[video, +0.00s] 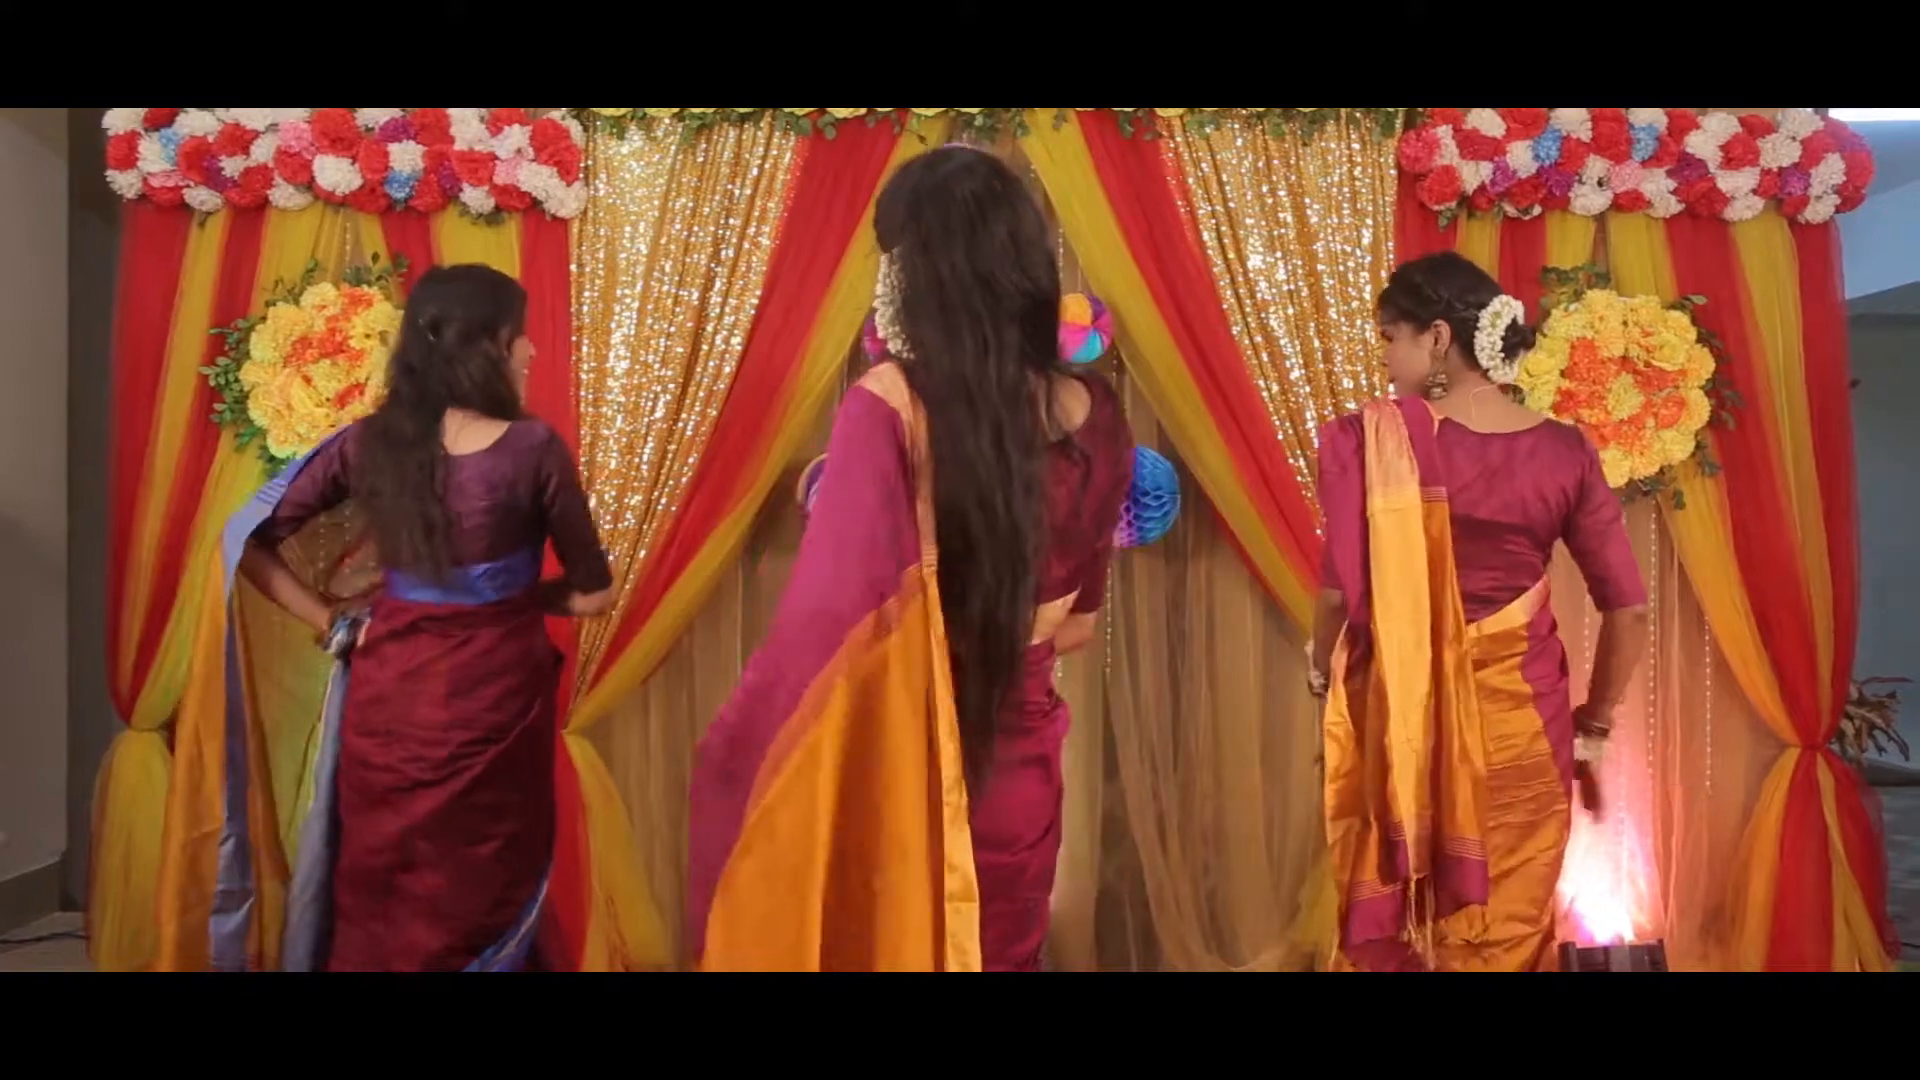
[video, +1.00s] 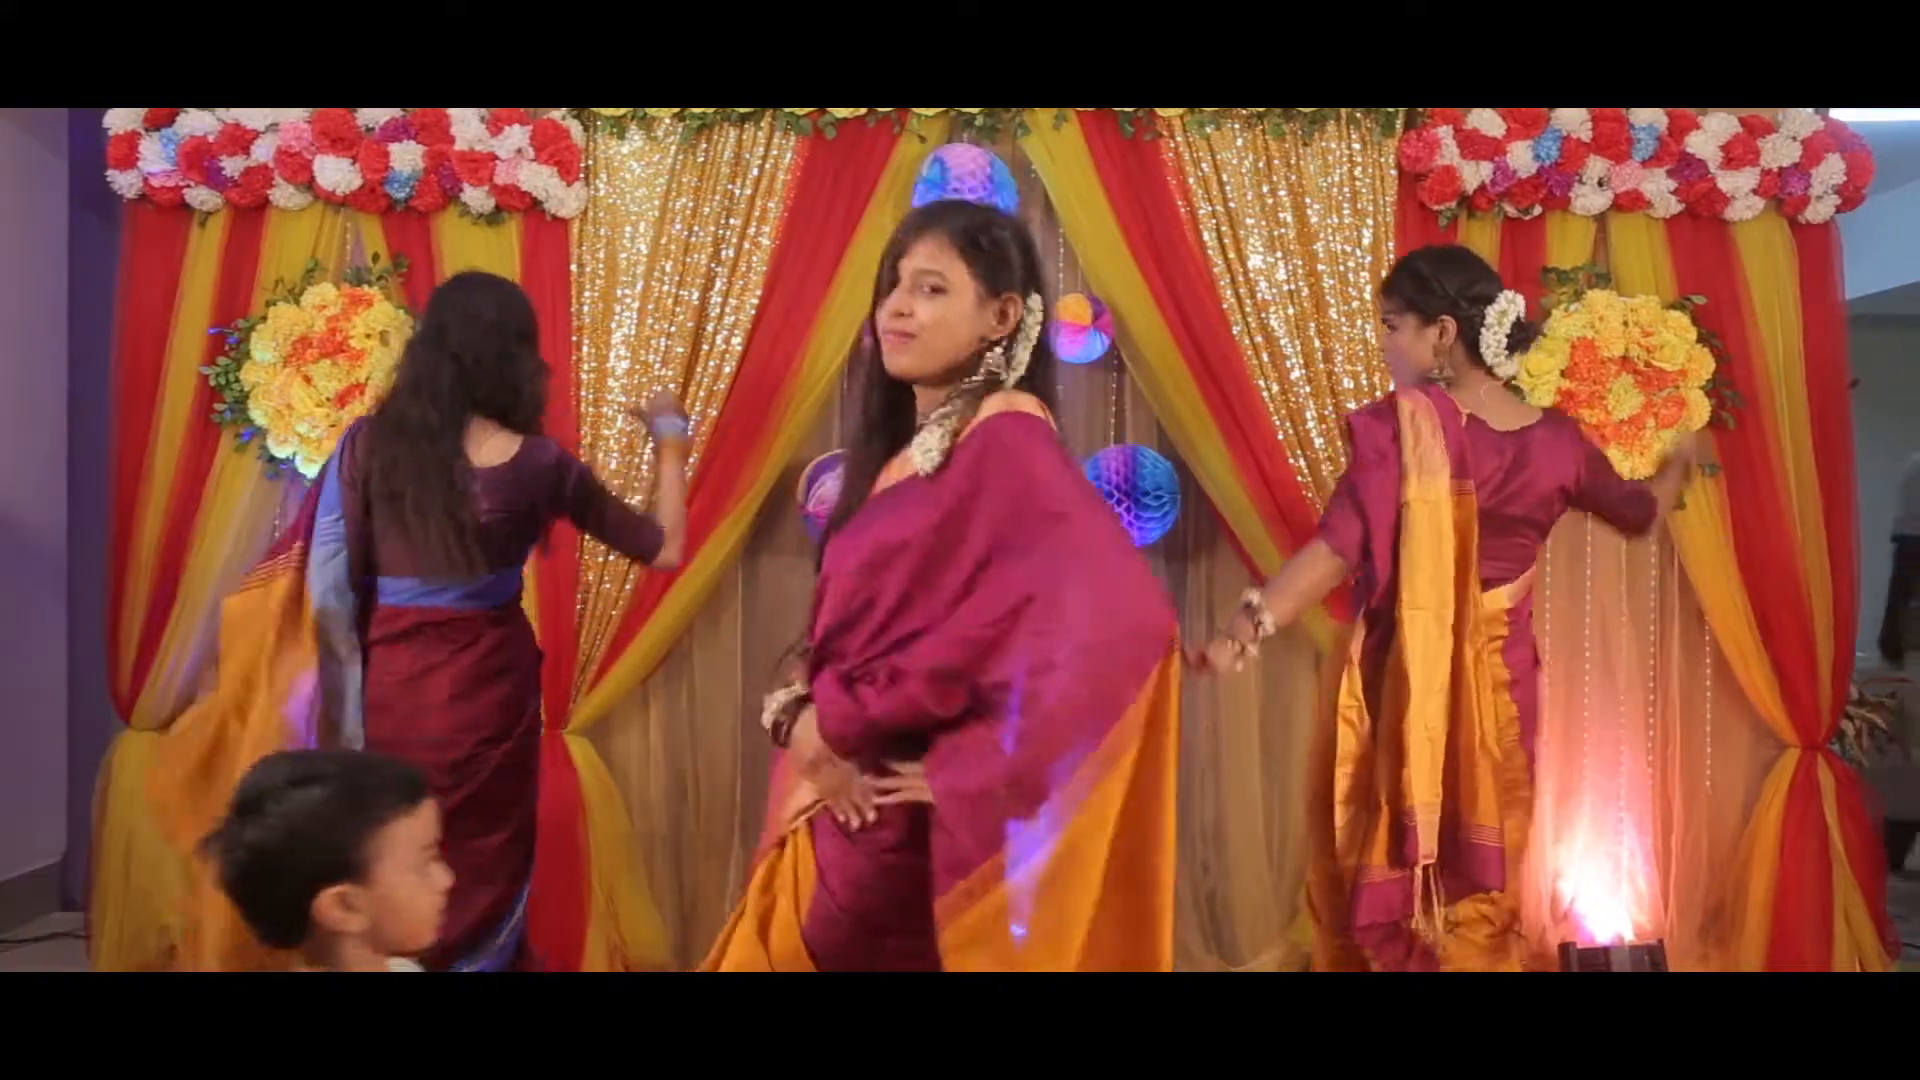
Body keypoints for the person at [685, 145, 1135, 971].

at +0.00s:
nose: (880, 276)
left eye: (887, 254)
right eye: (882, 253)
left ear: (914, 269)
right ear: (1028, 255)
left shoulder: (889, 402)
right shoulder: (1087, 408)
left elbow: (835, 606)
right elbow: (1082, 600)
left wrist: (732, 743)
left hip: (898, 780)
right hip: (1020, 771)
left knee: (896, 955)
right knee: (1006, 955)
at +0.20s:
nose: (885, 272)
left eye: (892, 247)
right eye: (891, 246)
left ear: (912, 262)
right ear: (1030, 261)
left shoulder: (891, 406)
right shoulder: (1064, 413)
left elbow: (865, 635)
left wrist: (715, 810)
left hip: (886, 762)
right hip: (1002, 749)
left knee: (894, 948)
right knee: (994, 947)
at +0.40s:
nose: (865, 261)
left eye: (871, 240)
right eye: (868, 239)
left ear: (907, 260)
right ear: (955, 260)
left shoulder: (912, 420)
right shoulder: (942, 397)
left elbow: (881, 677)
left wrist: (821, 876)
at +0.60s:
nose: (847, 267)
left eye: (862, 245)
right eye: (855, 244)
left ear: (918, 268)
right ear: (917, 268)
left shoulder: (928, 416)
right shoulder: (919, 400)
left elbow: (933, 654)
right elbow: (911, 642)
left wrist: (903, 861)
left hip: (842, 816)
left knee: (732, 948)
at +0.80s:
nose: (855, 253)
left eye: (883, 229)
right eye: (862, 230)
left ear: (959, 254)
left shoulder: (978, 406)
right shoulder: (896, 401)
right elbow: (870, 595)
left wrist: (917, 745)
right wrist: (771, 658)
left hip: (874, 827)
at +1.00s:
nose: (897, 307)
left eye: (933, 288)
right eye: (895, 285)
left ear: (1003, 317)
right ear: (878, 303)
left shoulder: (1008, 435)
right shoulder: (906, 448)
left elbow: (1129, 620)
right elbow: (835, 629)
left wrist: (969, 771)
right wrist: (804, 728)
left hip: (915, 838)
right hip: (837, 825)